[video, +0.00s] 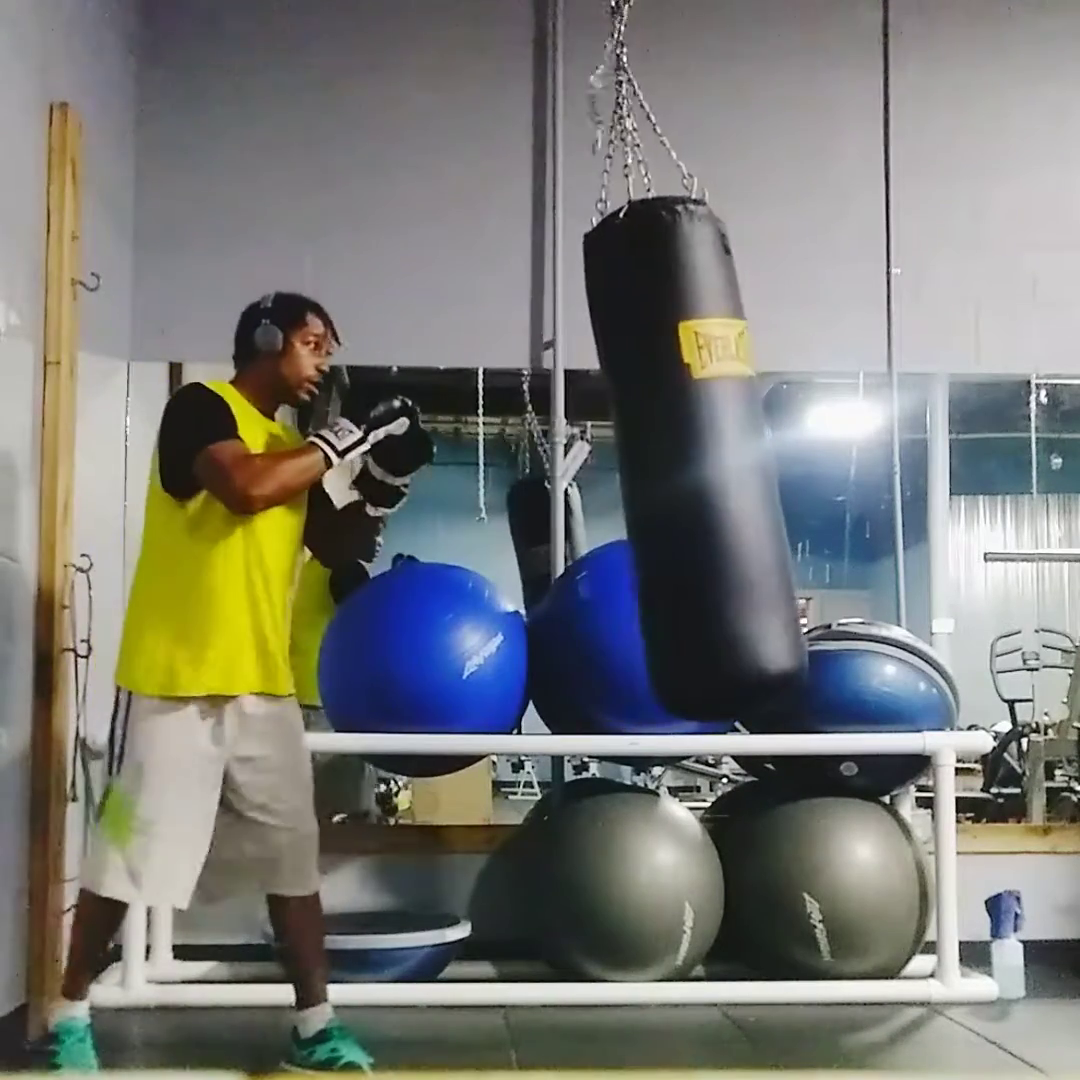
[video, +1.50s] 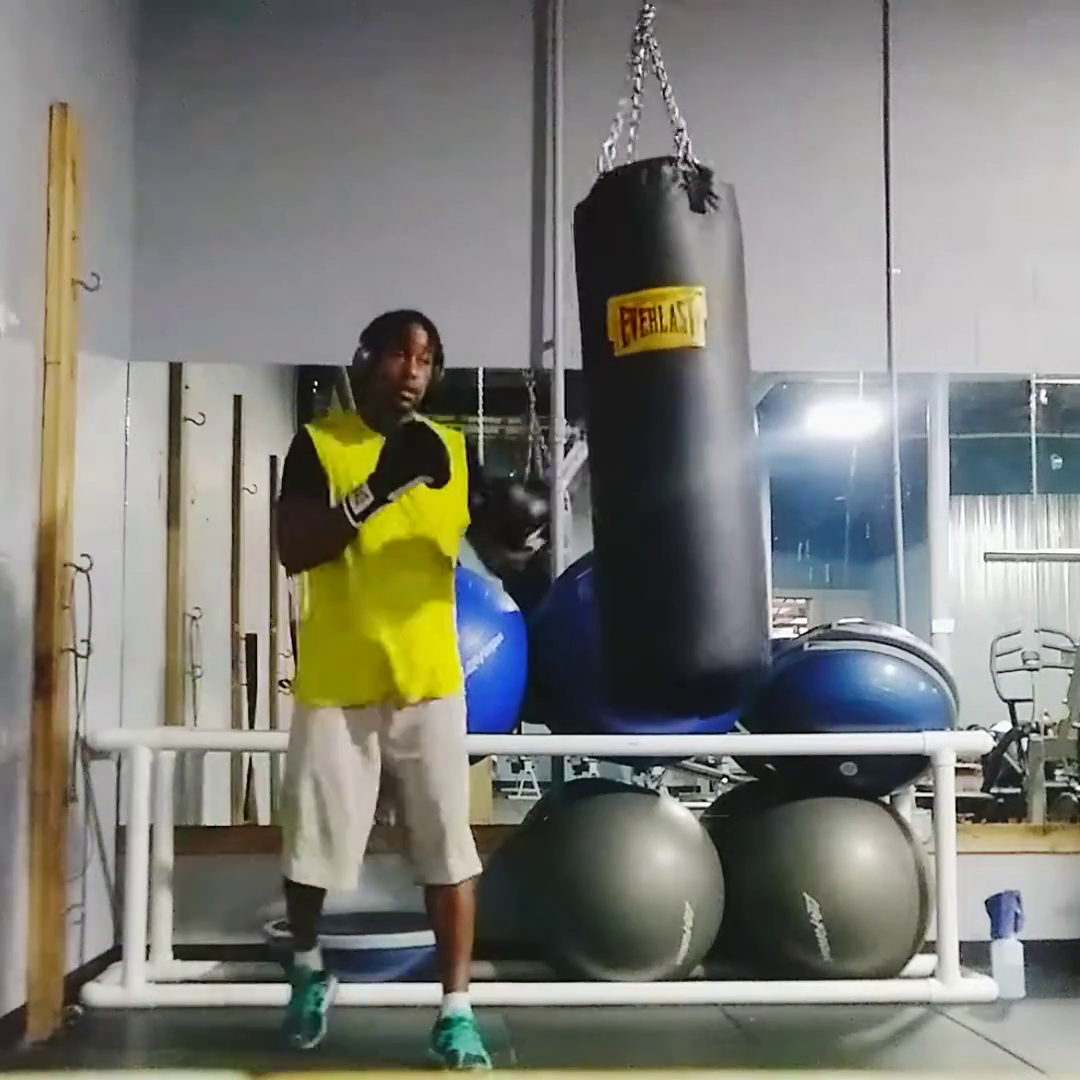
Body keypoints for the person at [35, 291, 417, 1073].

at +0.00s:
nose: (325, 360)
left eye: (329, 350)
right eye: (314, 343)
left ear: (307, 360)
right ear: (268, 340)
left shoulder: (293, 446)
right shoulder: (198, 404)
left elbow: (333, 548)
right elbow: (247, 485)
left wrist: (374, 490)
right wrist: (340, 443)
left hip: (262, 677)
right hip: (174, 670)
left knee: (292, 851)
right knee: (128, 853)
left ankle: (316, 1026)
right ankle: (67, 1015)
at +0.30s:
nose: (334, 368)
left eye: (340, 356)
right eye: (322, 351)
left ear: (338, 367)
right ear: (278, 354)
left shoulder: (330, 445)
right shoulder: (209, 422)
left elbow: (351, 558)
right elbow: (233, 512)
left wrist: (385, 502)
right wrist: (324, 434)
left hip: (297, 686)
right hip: (197, 687)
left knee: (351, 845)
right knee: (134, 856)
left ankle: (372, 1017)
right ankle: (77, 1018)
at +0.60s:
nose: (351, 379)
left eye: (360, 368)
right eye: (340, 361)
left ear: (362, 382)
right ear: (298, 362)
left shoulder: (349, 457)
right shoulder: (236, 435)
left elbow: (356, 562)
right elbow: (240, 527)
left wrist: (429, 506)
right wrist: (336, 455)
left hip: (336, 686)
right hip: (239, 688)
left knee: (396, 837)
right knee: (199, 857)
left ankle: (395, 1006)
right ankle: (160, 1012)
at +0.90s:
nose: (376, 370)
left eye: (384, 358)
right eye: (359, 356)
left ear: (391, 371)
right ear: (318, 362)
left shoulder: (394, 446)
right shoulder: (261, 431)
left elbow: (478, 498)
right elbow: (248, 522)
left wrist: (539, 447)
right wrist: (343, 455)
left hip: (363, 677)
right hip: (263, 679)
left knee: (397, 842)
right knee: (233, 849)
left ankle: (415, 1012)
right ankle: (214, 995)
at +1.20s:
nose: (399, 368)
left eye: (405, 357)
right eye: (383, 353)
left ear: (411, 370)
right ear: (341, 364)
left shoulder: (425, 435)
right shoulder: (290, 437)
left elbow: (511, 463)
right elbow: (264, 531)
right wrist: (350, 457)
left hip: (400, 677)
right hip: (299, 681)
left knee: (439, 846)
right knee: (262, 848)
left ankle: (456, 1014)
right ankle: (221, 1000)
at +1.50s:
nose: (412, 370)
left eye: (424, 360)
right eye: (398, 354)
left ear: (433, 374)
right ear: (363, 362)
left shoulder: (449, 451)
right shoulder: (319, 444)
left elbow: (506, 549)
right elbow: (294, 549)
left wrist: (526, 532)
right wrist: (380, 485)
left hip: (430, 673)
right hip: (334, 676)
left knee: (446, 842)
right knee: (312, 835)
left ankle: (457, 1010)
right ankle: (307, 973)